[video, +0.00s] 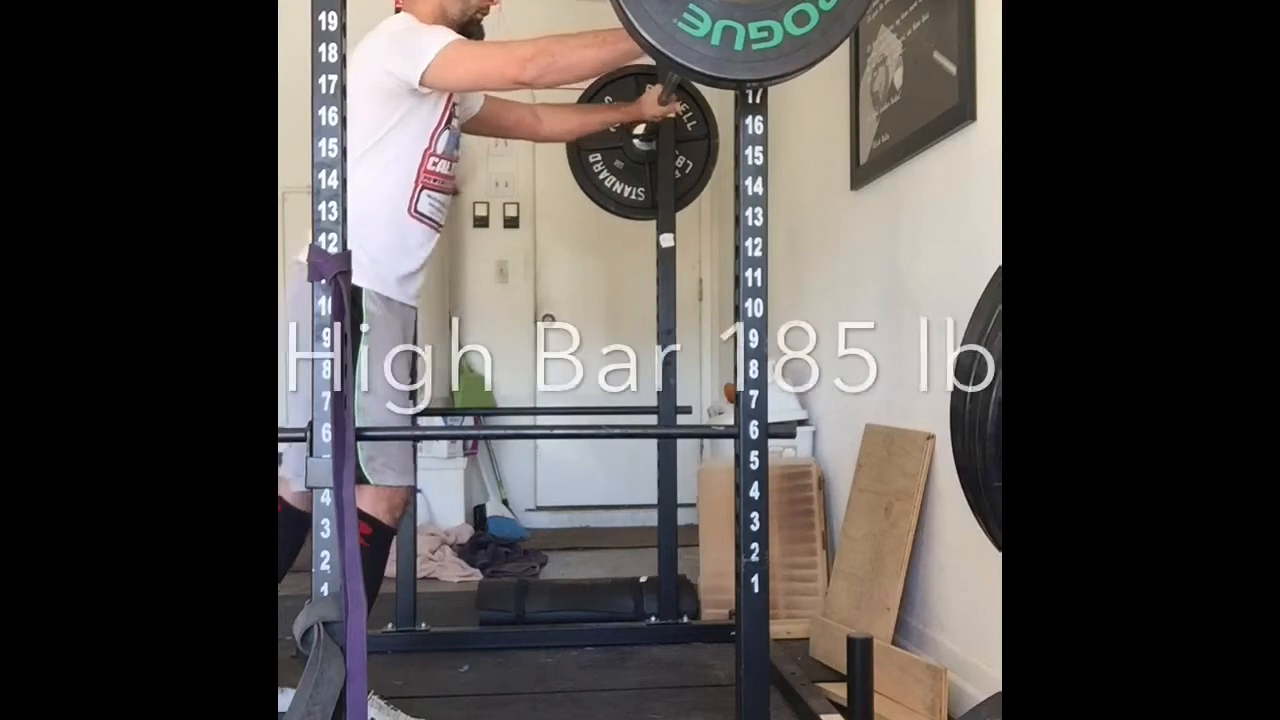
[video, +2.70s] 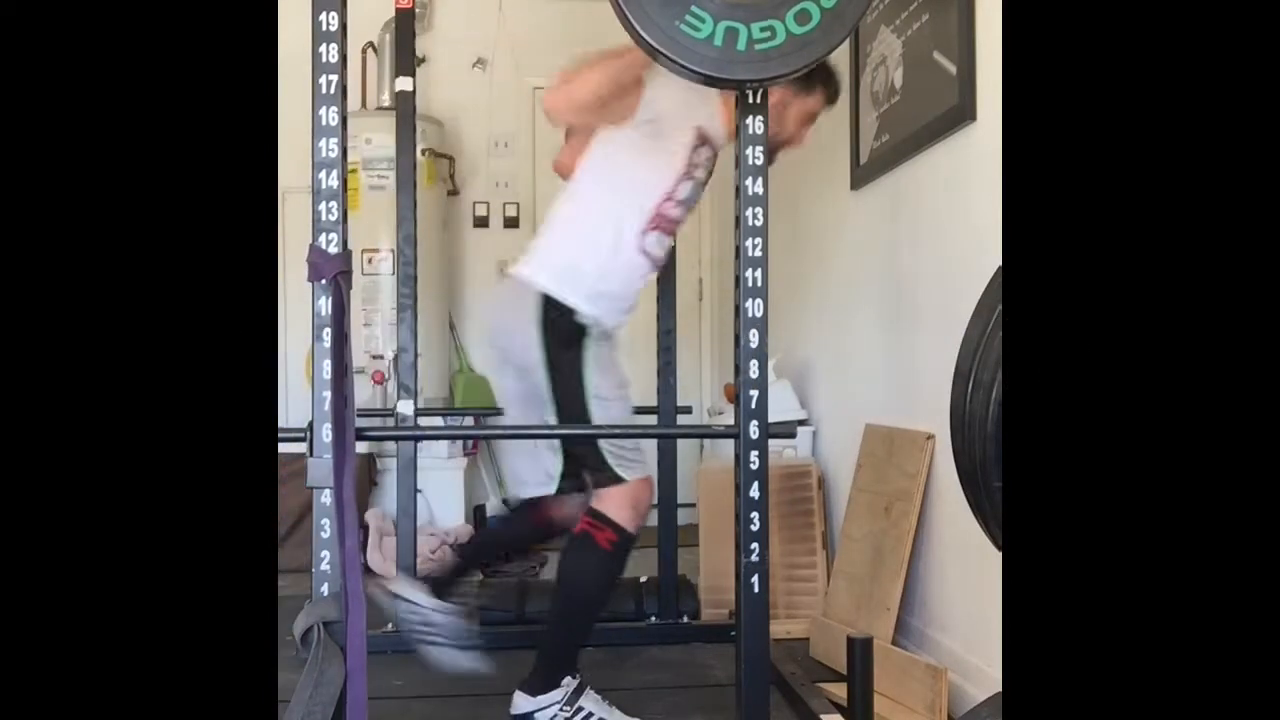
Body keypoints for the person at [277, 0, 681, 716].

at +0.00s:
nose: (492, 7)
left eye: (491, 2)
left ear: (420, 1)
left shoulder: (426, 73)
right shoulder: (400, 41)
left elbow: (529, 120)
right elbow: (528, 66)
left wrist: (637, 112)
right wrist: (655, 35)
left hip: (356, 300)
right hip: (360, 301)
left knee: (299, 485)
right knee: (384, 488)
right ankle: (332, 685)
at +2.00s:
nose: (527, 25)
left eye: (532, 16)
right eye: (524, 11)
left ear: (483, 15)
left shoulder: (454, 92)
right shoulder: (409, 44)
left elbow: (539, 124)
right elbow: (532, 58)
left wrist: (636, 110)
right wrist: (654, 28)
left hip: (373, 303)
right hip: (354, 299)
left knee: (295, 486)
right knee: (396, 492)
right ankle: (331, 683)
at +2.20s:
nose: (577, 121)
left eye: (588, 112)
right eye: (584, 102)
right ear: (548, 66)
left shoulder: (503, 125)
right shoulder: (445, 75)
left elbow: (555, 146)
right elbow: (551, 68)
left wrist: (635, 114)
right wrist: (660, 27)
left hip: (392, 313)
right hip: (361, 305)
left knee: (297, 487)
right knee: (473, 465)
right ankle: (410, 667)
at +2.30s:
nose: (599, 155)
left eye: (614, 151)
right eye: (609, 138)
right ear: (587, 89)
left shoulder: (534, 137)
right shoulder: (487, 86)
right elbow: (561, 54)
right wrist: (661, 26)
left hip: (413, 305)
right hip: (387, 298)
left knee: (316, 480)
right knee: (479, 464)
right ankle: (502, 673)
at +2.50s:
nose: (695, 191)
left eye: (710, 185)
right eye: (706, 175)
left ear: (681, 129)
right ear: (684, 128)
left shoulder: (624, 165)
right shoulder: (591, 116)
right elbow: (546, 49)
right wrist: (645, 23)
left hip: (495, 333)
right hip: (465, 324)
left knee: (394, 495)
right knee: (581, 483)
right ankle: (544, 693)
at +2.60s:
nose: (747, 169)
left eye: (760, 162)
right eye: (758, 153)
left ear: (738, 120)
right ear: (745, 114)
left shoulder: (674, 155)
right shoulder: (642, 96)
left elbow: (553, 143)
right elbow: (545, 57)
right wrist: (642, 31)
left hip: (543, 322)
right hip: (510, 311)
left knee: (488, 510)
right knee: (610, 488)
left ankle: (345, 570)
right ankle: (545, 691)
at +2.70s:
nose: (801, 138)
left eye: (811, 124)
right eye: (807, 117)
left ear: (779, 96)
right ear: (777, 90)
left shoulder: (701, 125)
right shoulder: (679, 90)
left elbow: (572, 162)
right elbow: (560, 102)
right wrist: (646, 49)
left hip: (577, 315)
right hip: (551, 311)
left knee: (580, 497)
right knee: (624, 493)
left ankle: (429, 576)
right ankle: (547, 689)